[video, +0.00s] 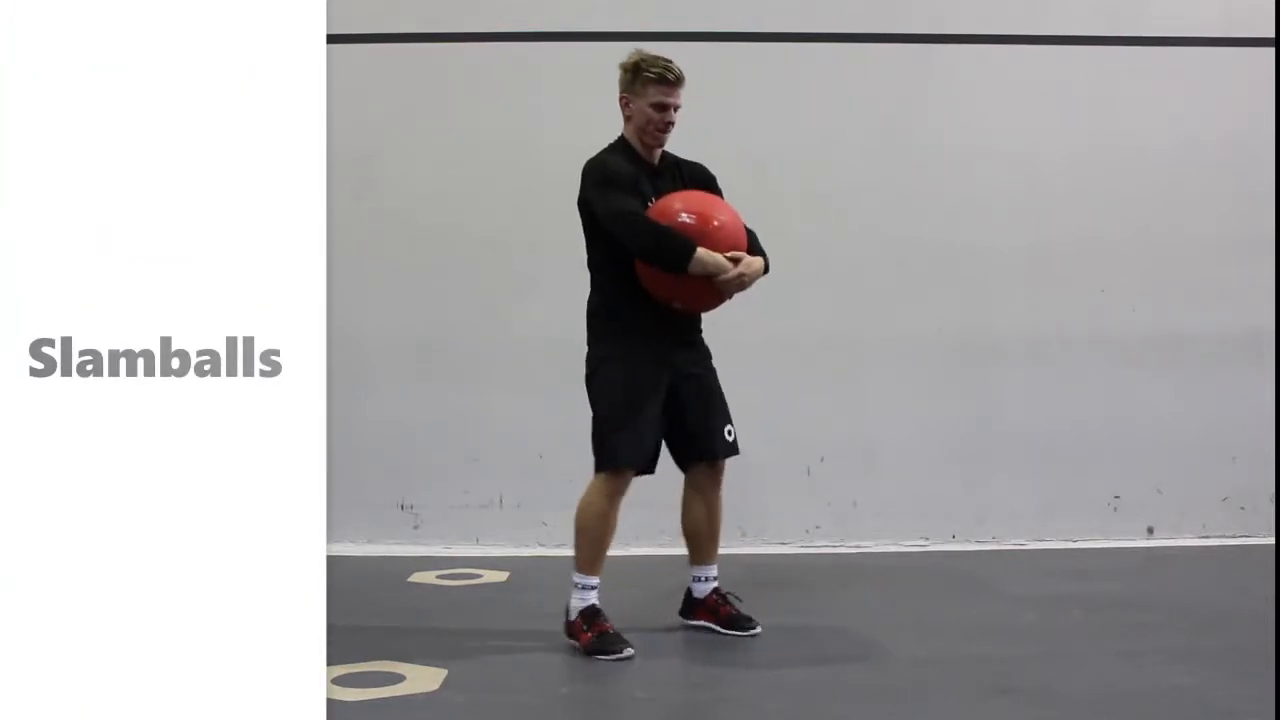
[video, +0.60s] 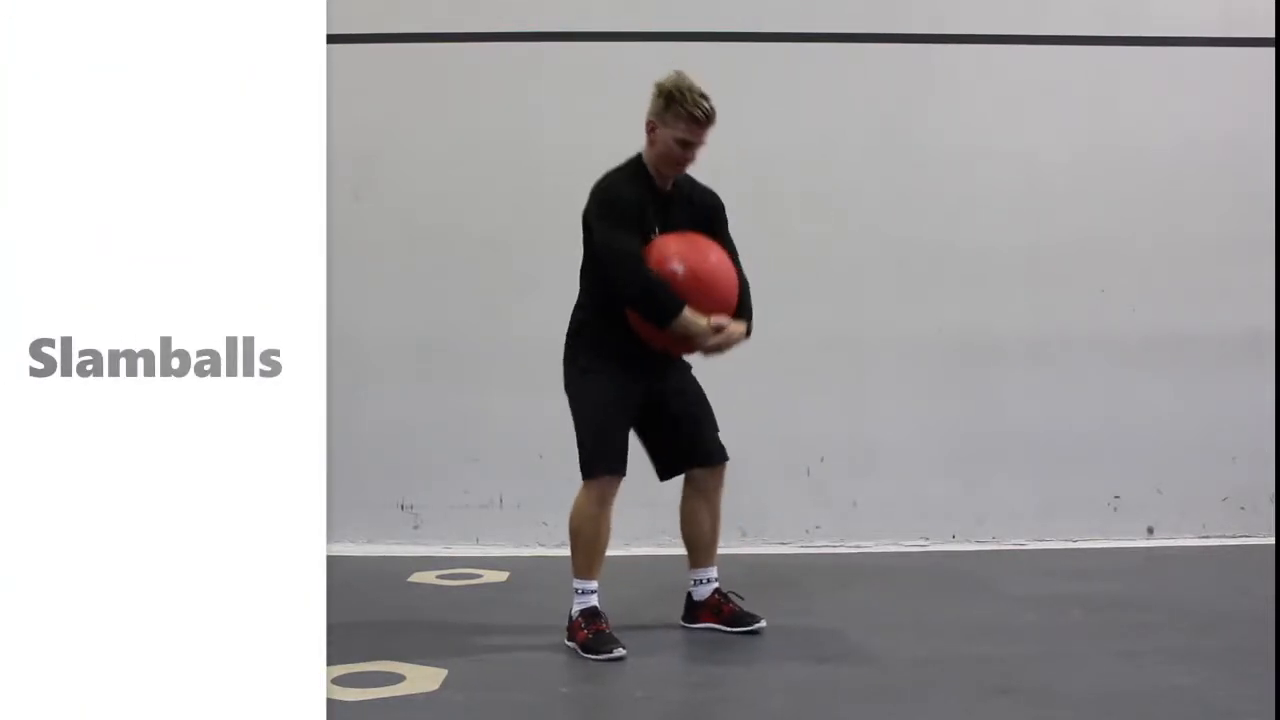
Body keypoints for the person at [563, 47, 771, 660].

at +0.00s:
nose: (664, 118)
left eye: (672, 108)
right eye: (653, 107)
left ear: (680, 109)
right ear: (625, 104)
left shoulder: (695, 177)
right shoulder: (603, 174)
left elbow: (741, 238)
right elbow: (635, 232)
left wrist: (756, 263)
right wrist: (713, 265)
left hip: (683, 341)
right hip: (621, 344)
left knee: (708, 459)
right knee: (616, 470)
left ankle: (703, 595)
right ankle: (584, 609)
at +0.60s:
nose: (690, 156)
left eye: (699, 145)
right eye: (681, 143)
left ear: (706, 140)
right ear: (650, 129)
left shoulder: (703, 203)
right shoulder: (612, 195)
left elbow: (733, 280)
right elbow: (625, 277)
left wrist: (739, 324)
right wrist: (693, 321)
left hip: (662, 356)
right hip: (599, 355)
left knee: (708, 460)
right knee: (603, 473)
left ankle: (703, 597)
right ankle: (585, 611)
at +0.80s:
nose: (707, 210)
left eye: (716, 201)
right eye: (701, 196)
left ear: (726, 193)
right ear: (673, 175)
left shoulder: (716, 249)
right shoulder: (624, 234)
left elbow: (731, 327)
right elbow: (621, 326)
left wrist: (730, 382)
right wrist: (677, 378)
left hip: (655, 379)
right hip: (591, 372)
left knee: (725, 469)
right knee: (600, 477)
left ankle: (705, 596)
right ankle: (583, 612)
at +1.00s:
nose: (719, 277)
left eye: (729, 268)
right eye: (713, 264)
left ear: (738, 259)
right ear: (686, 240)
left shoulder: (723, 307)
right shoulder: (633, 292)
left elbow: (731, 388)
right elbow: (621, 385)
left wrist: (724, 446)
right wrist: (675, 448)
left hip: (649, 418)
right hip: (586, 407)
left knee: (747, 472)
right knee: (597, 483)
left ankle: (706, 597)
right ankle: (583, 614)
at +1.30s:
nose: (727, 362)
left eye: (734, 353)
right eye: (720, 350)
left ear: (743, 343)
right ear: (691, 325)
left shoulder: (731, 385)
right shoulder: (638, 370)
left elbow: (740, 467)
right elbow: (626, 468)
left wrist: (733, 534)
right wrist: (679, 531)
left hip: (677, 484)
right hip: (608, 476)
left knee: (759, 478)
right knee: (591, 489)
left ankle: (706, 598)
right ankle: (586, 615)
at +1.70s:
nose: (725, 307)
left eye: (735, 297)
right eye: (718, 293)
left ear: (743, 290)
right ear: (691, 271)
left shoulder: (731, 337)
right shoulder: (640, 322)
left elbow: (741, 415)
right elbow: (627, 416)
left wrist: (731, 473)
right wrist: (682, 477)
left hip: (658, 438)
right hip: (593, 427)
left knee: (755, 477)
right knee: (605, 488)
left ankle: (707, 597)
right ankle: (585, 614)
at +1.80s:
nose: (723, 271)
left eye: (731, 261)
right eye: (716, 258)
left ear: (739, 253)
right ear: (689, 238)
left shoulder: (728, 306)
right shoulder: (638, 292)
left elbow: (742, 384)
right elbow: (625, 383)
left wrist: (735, 444)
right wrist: (681, 443)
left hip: (657, 417)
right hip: (595, 405)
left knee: (751, 473)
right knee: (606, 485)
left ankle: (707, 597)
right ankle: (585, 614)